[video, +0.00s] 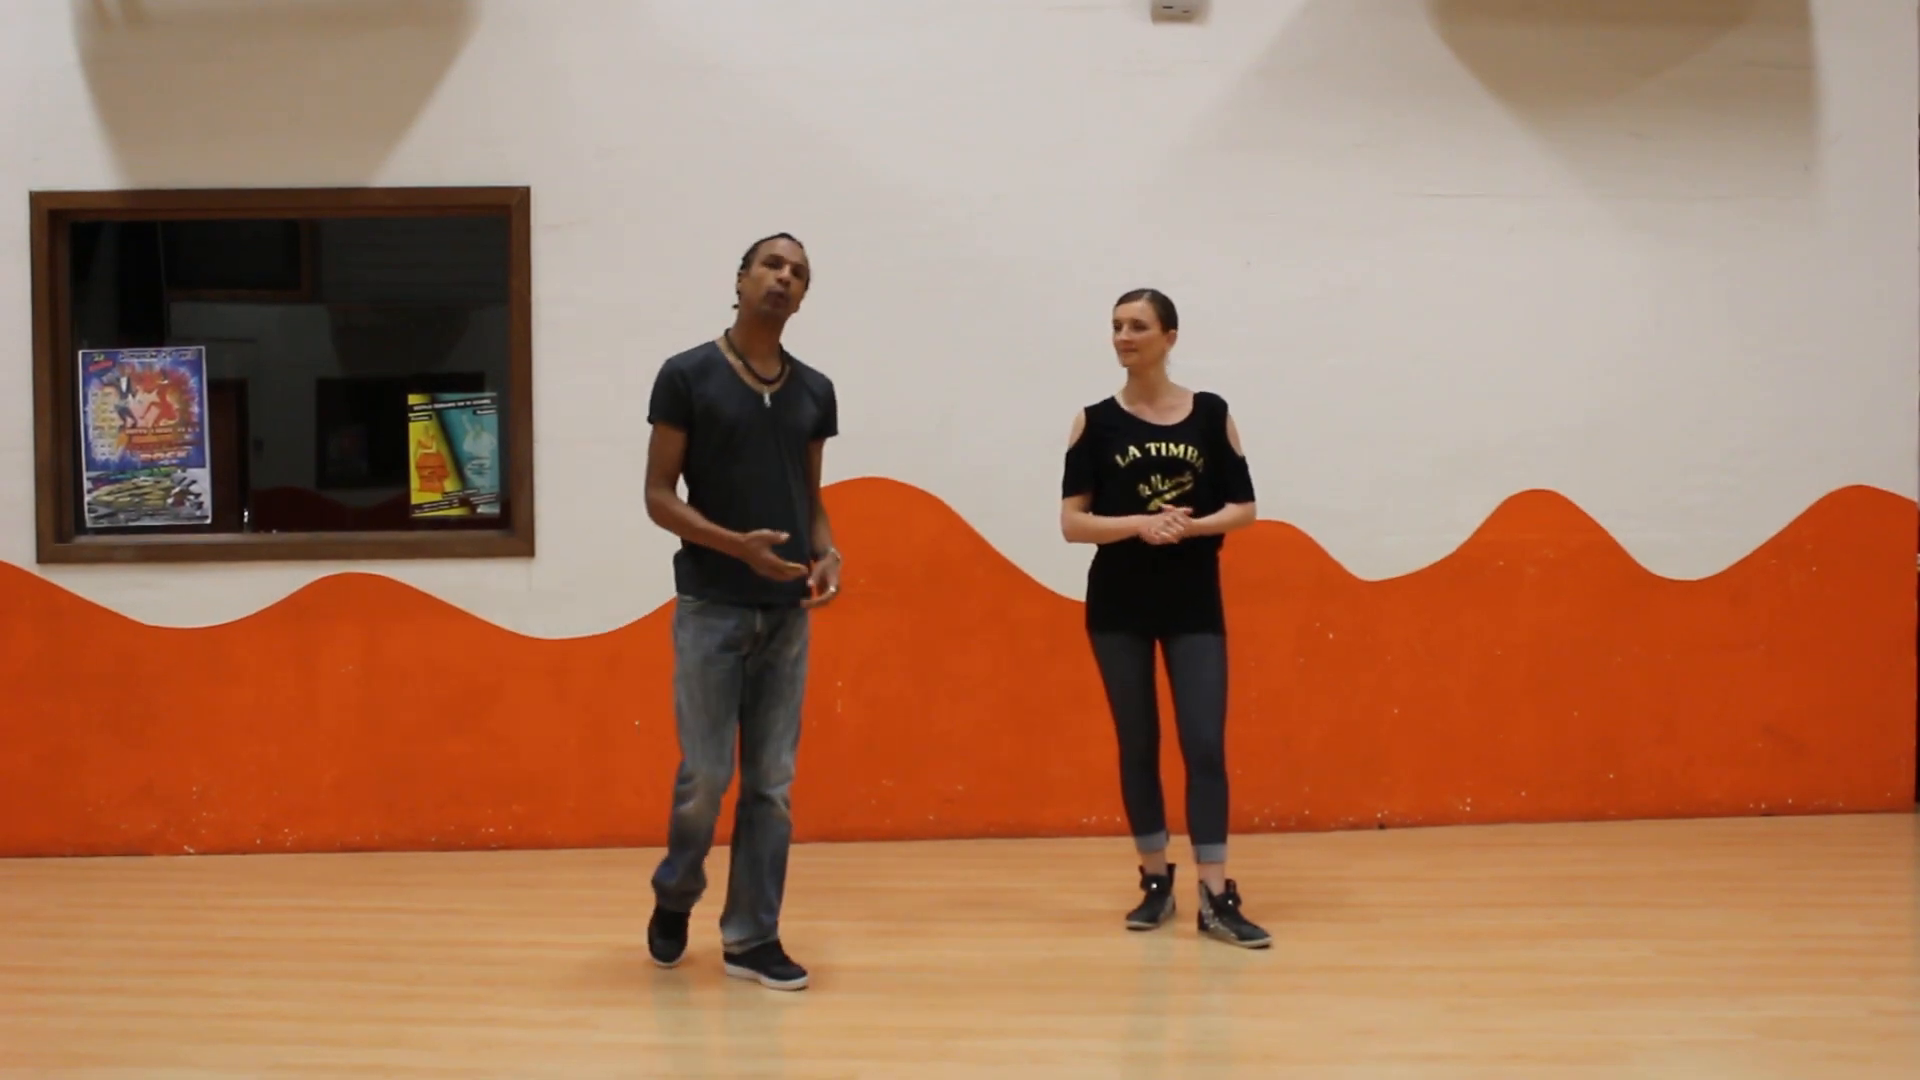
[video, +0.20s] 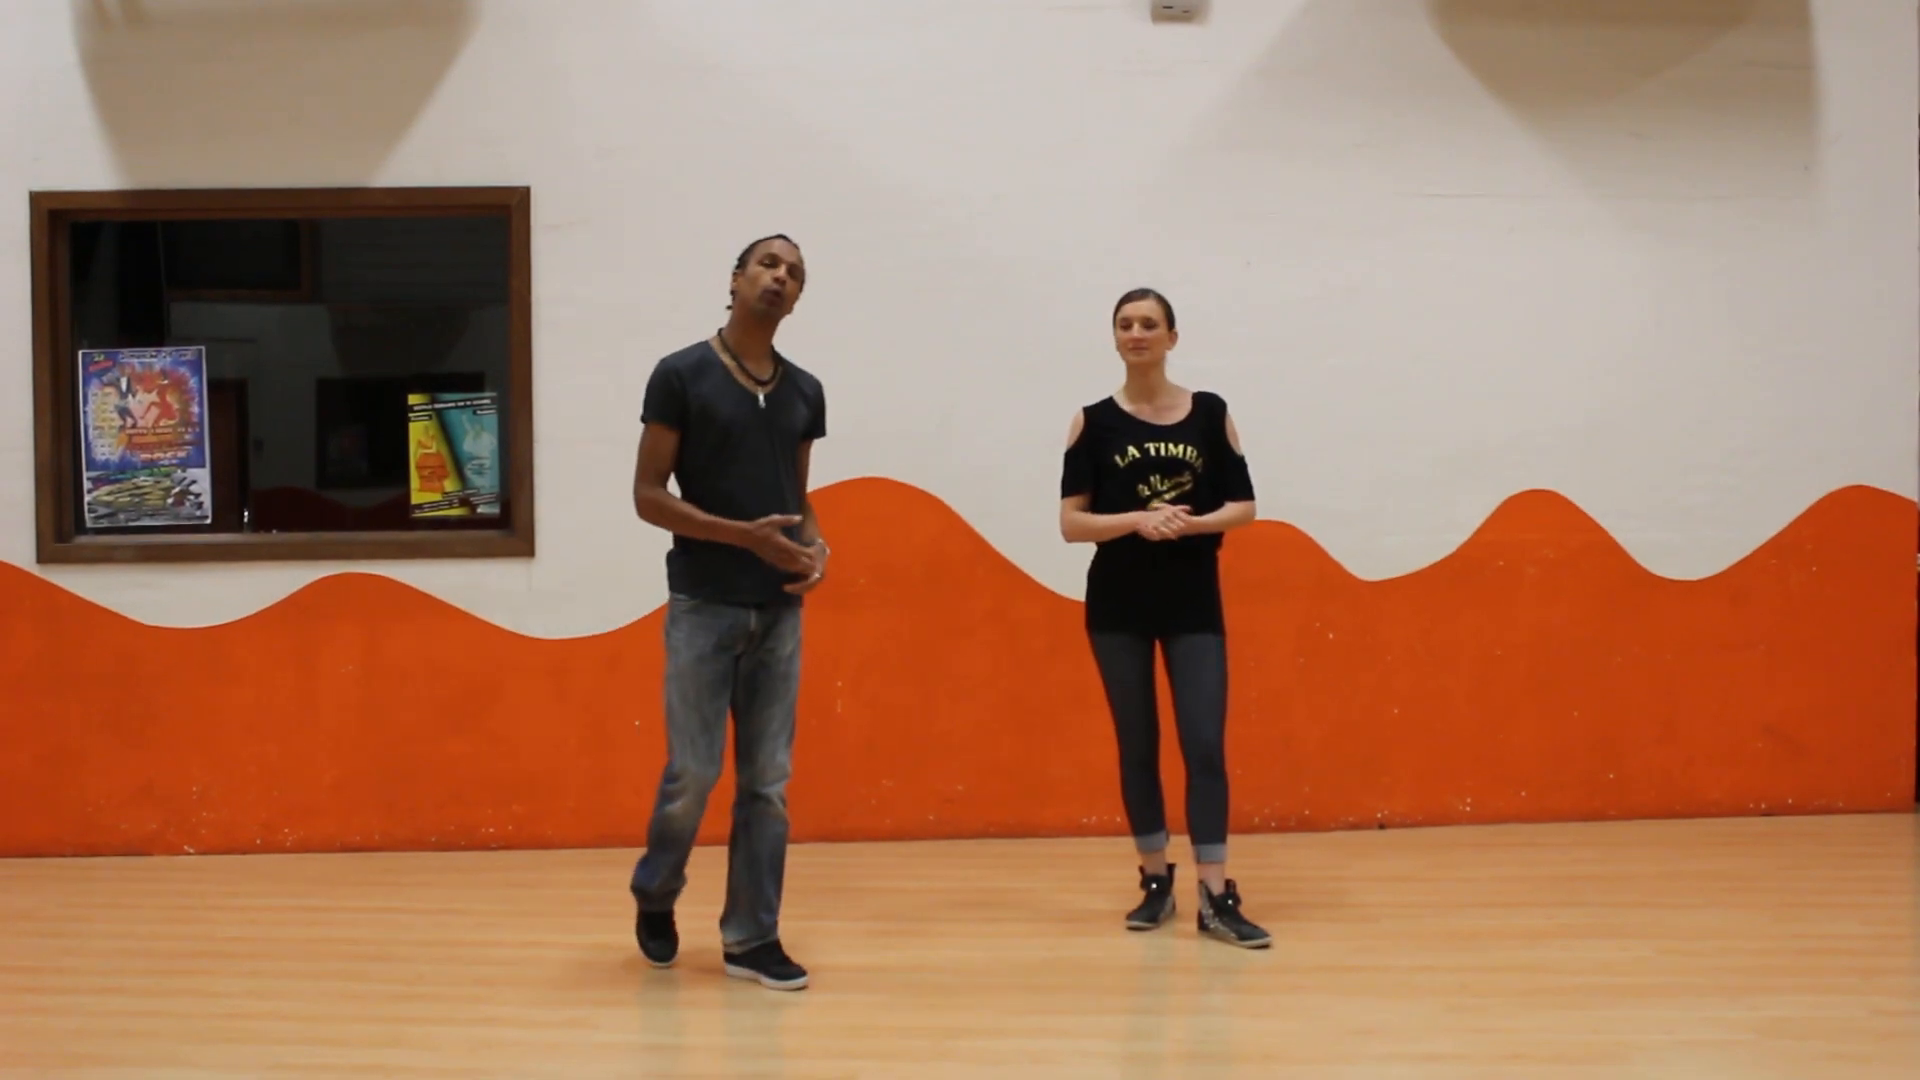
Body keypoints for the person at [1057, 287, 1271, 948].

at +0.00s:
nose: (1123, 337)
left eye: (1136, 327)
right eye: (1117, 328)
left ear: (1169, 336)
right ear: (1111, 338)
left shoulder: (1209, 413)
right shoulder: (1093, 422)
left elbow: (1243, 508)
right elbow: (1073, 522)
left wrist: (1195, 525)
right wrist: (1135, 524)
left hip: (1193, 602)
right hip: (1118, 604)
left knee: (1205, 748)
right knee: (1138, 745)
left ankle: (1215, 896)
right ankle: (1156, 883)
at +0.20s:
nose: (1136, 335)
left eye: (1148, 325)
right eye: (1126, 325)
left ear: (1172, 336)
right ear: (1113, 338)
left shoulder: (1208, 412)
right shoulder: (1092, 422)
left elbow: (1243, 506)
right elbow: (1072, 522)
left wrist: (1196, 522)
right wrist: (1134, 520)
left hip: (1192, 602)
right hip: (1118, 604)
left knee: (1204, 747)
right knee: (1138, 746)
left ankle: (1215, 896)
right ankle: (1157, 884)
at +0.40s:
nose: (1142, 335)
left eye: (1153, 325)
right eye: (1131, 326)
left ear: (1172, 337)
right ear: (1114, 339)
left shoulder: (1208, 412)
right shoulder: (1092, 424)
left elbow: (1243, 506)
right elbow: (1073, 523)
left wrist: (1193, 521)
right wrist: (1135, 518)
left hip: (1192, 602)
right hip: (1118, 604)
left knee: (1205, 748)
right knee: (1138, 746)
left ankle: (1215, 896)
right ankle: (1156, 883)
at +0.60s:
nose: (1142, 336)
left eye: (1153, 326)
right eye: (1131, 327)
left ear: (1172, 337)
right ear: (1115, 339)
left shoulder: (1208, 412)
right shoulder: (1092, 424)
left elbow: (1243, 506)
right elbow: (1074, 524)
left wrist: (1194, 521)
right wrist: (1137, 520)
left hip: (1192, 602)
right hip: (1118, 605)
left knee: (1205, 747)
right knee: (1138, 746)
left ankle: (1216, 896)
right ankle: (1156, 883)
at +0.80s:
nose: (1143, 336)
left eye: (1154, 325)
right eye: (1132, 326)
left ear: (1173, 337)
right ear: (1115, 338)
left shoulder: (1208, 412)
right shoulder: (1092, 424)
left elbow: (1242, 506)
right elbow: (1074, 525)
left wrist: (1195, 521)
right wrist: (1137, 521)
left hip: (1193, 602)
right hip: (1118, 605)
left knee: (1205, 747)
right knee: (1138, 746)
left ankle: (1215, 896)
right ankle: (1156, 883)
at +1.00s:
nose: (1144, 336)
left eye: (1155, 326)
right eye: (1133, 326)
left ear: (1174, 337)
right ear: (1116, 338)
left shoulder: (1209, 413)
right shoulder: (1092, 425)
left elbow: (1243, 507)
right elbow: (1075, 525)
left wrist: (1196, 522)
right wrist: (1137, 522)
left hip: (1193, 603)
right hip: (1119, 605)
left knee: (1206, 747)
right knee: (1138, 746)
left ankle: (1216, 896)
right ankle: (1157, 883)